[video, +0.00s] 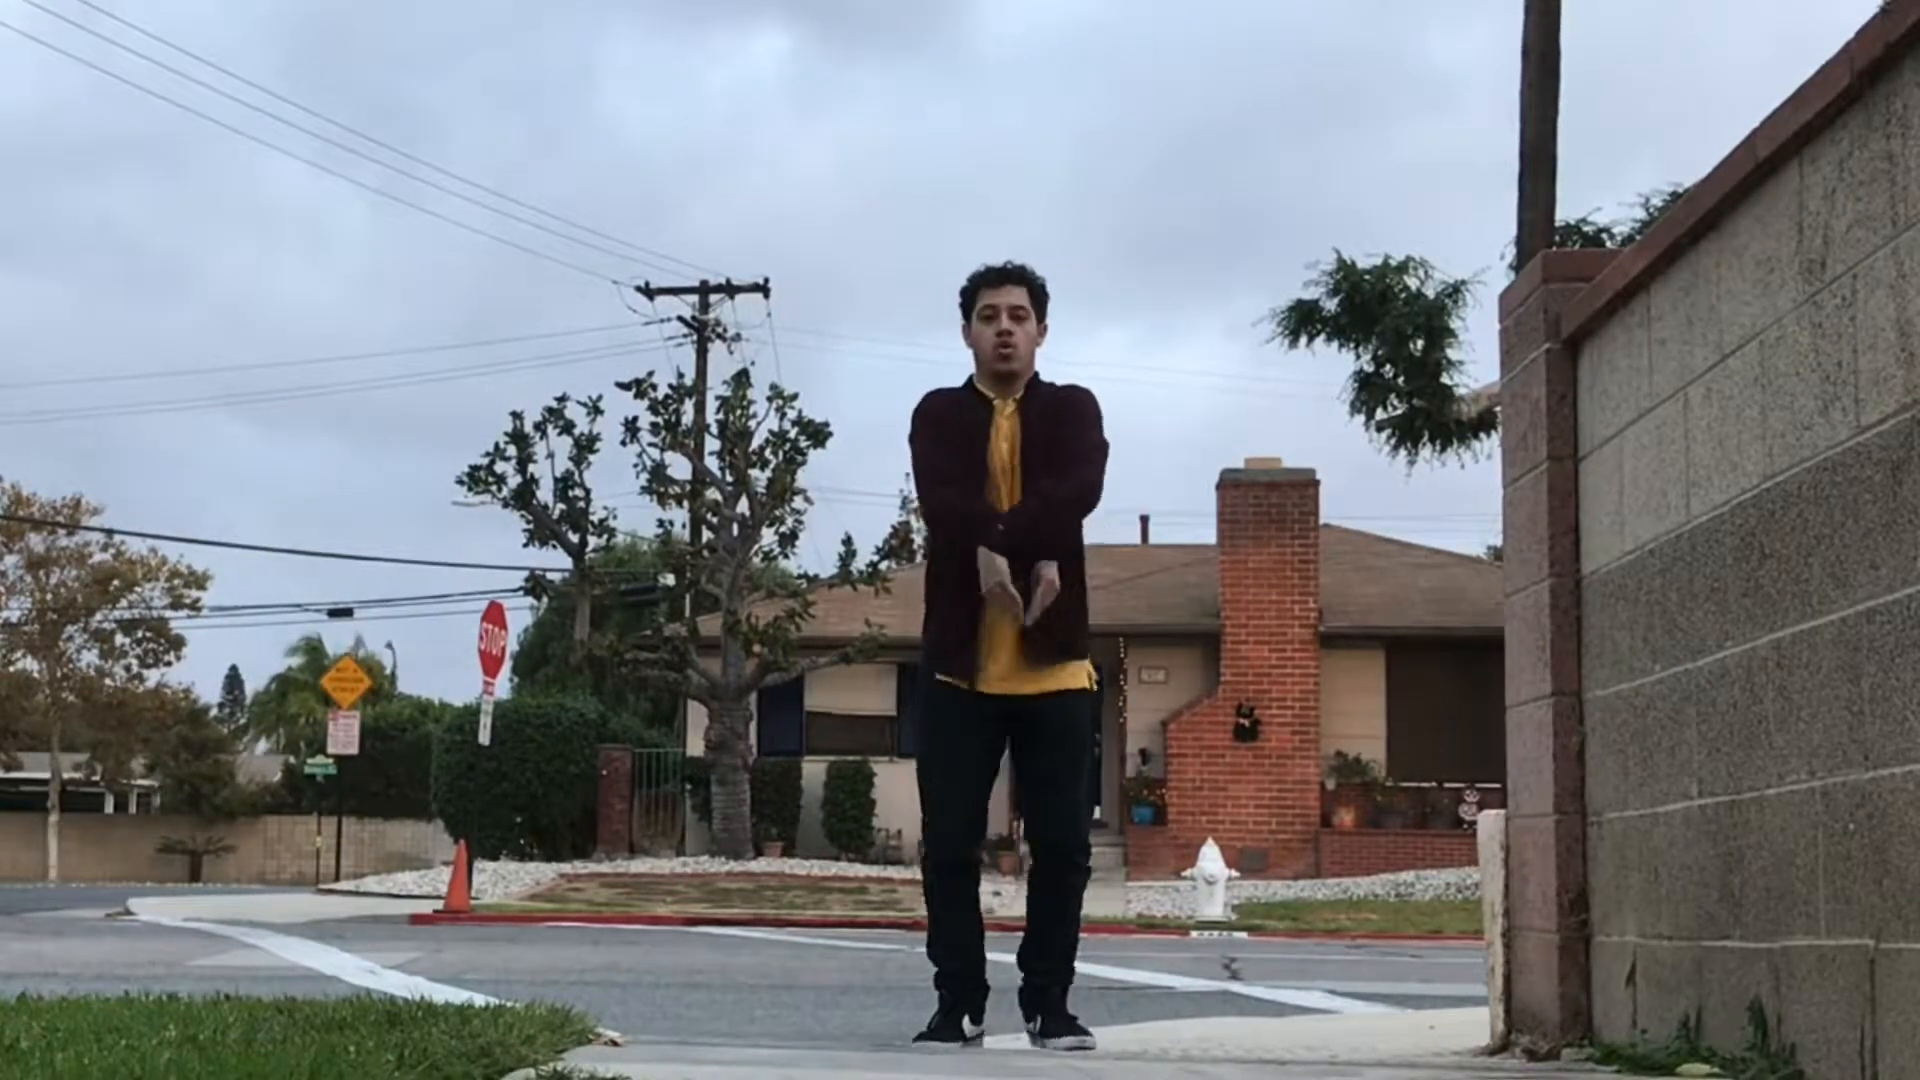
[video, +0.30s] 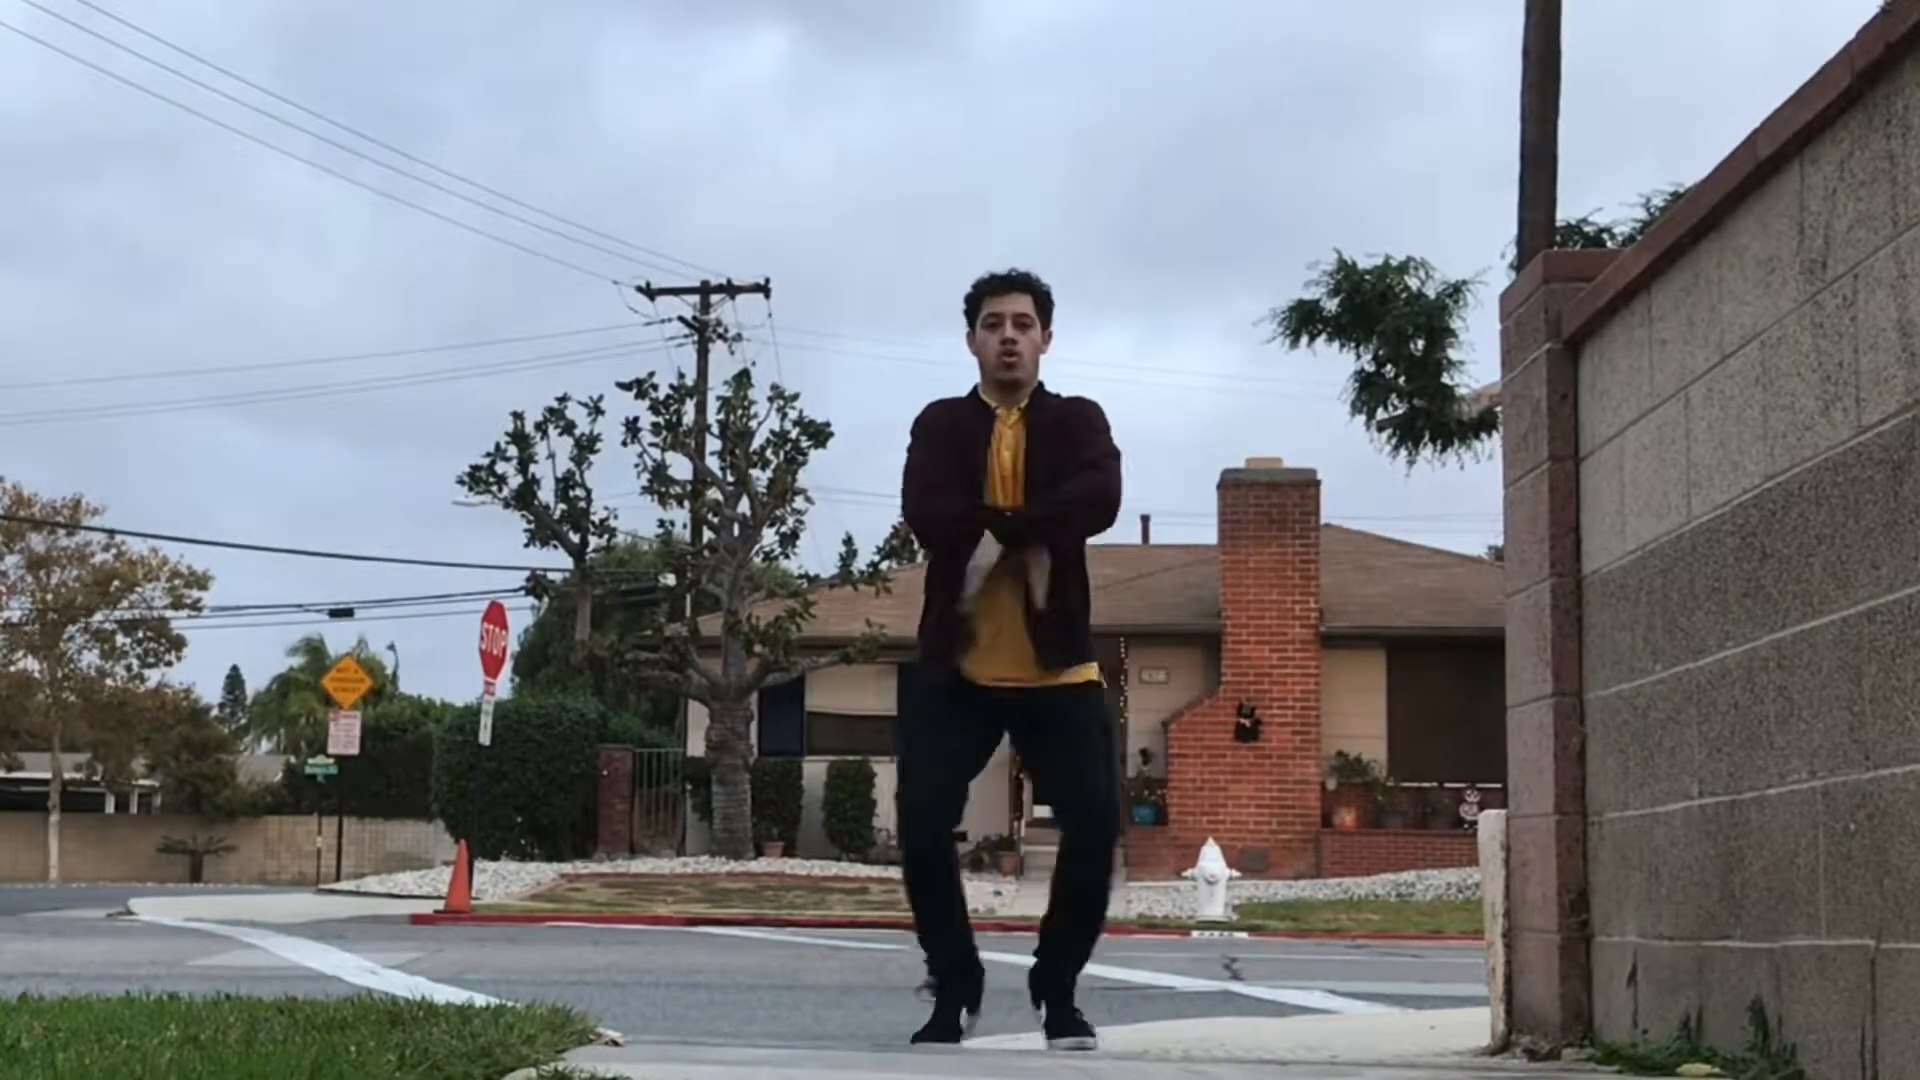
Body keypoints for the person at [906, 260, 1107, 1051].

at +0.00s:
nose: (1004, 330)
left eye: (1018, 317)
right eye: (989, 317)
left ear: (1040, 331)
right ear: (968, 332)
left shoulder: (1073, 406)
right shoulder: (938, 411)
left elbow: (1081, 491)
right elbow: (942, 510)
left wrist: (997, 540)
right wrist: (1033, 558)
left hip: (1054, 667)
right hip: (960, 668)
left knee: (1062, 847)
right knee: (949, 846)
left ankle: (1048, 1007)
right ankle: (959, 1007)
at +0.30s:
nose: (1009, 338)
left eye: (1023, 325)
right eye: (993, 326)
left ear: (1044, 341)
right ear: (972, 341)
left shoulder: (1077, 419)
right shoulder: (940, 422)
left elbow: (1100, 501)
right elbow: (925, 512)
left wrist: (999, 533)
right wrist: (1023, 540)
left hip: (1058, 676)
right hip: (957, 675)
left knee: (1096, 821)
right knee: (921, 825)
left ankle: (1057, 979)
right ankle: (956, 981)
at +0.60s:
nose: (1010, 326)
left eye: (1025, 313)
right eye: (996, 313)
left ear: (1048, 328)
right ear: (976, 328)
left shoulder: (1086, 418)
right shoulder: (941, 418)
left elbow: (1079, 518)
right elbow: (940, 521)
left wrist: (1022, 582)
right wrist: (987, 589)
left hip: (1058, 675)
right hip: (960, 672)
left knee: (1061, 848)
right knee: (956, 847)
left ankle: (1054, 1008)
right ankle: (958, 1010)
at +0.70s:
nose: (1011, 319)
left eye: (1025, 308)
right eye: (997, 308)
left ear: (1049, 325)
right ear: (975, 325)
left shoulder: (1087, 420)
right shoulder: (937, 424)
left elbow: (1111, 528)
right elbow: (908, 527)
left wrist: (1129, 620)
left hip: (1061, 673)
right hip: (962, 676)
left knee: (1058, 849)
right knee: (958, 848)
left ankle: (1055, 1010)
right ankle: (958, 1010)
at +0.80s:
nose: (1009, 320)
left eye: (1024, 308)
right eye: (995, 308)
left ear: (1047, 324)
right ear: (975, 324)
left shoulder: (1089, 416)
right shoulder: (932, 417)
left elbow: (1177, 487)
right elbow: (836, 474)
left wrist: (1276, 533)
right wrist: (747, 520)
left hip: (1061, 674)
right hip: (962, 674)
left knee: (1059, 850)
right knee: (960, 849)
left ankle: (1058, 1012)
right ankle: (959, 1013)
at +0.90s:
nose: (1008, 319)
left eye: (1023, 307)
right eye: (995, 307)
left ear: (1048, 323)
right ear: (972, 321)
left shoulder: (1094, 407)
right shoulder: (923, 409)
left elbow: (1210, 420)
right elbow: (818, 416)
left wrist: (1322, 393)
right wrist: (725, 392)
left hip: (1060, 670)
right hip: (958, 668)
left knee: (1058, 846)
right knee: (961, 842)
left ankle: (1055, 1013)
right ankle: (960, 1012)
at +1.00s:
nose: (1007, 325)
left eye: (1023, 312)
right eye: (993, 312)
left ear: (1047, 324)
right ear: (973, 325)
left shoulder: (1093, 406)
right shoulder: (929, 409)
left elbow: (1205, 404)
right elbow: (826, 413)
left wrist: (1276, 314)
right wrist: (756, 325)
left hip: (1061, 668)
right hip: (959, 666)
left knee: (1058, 849)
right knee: (961, 846)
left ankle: (1058, 1013)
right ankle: (960, 1013)